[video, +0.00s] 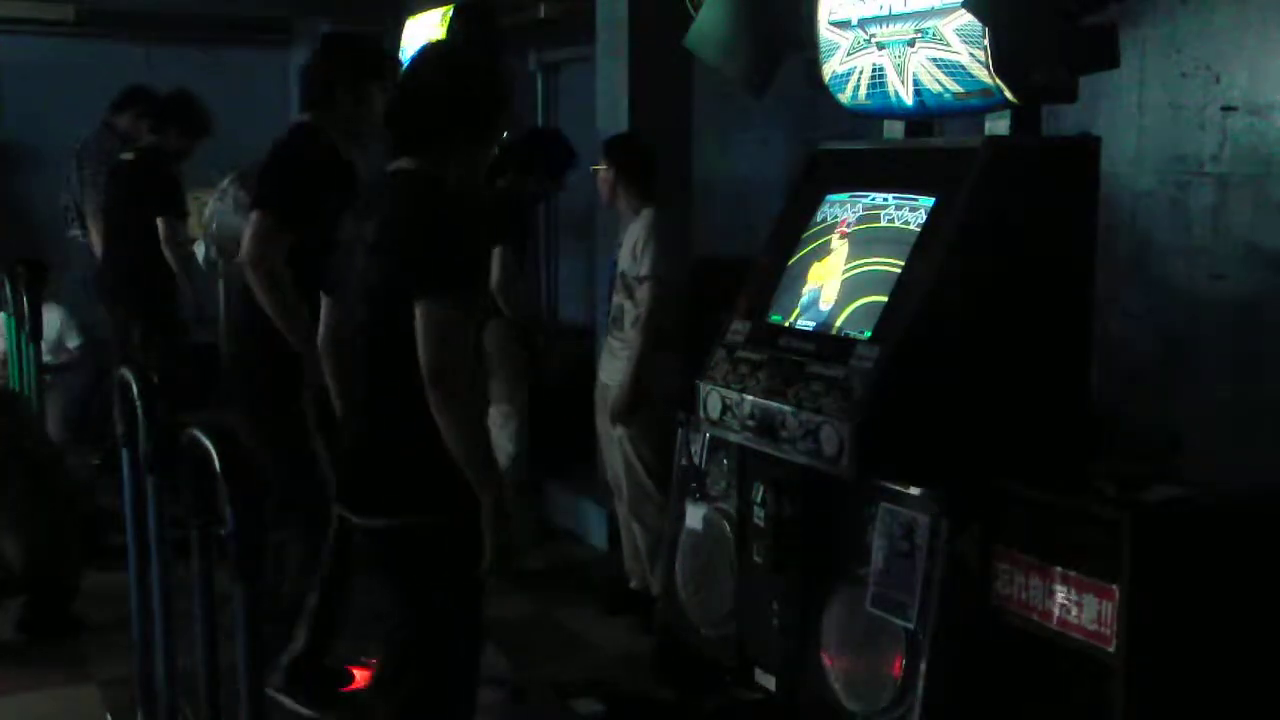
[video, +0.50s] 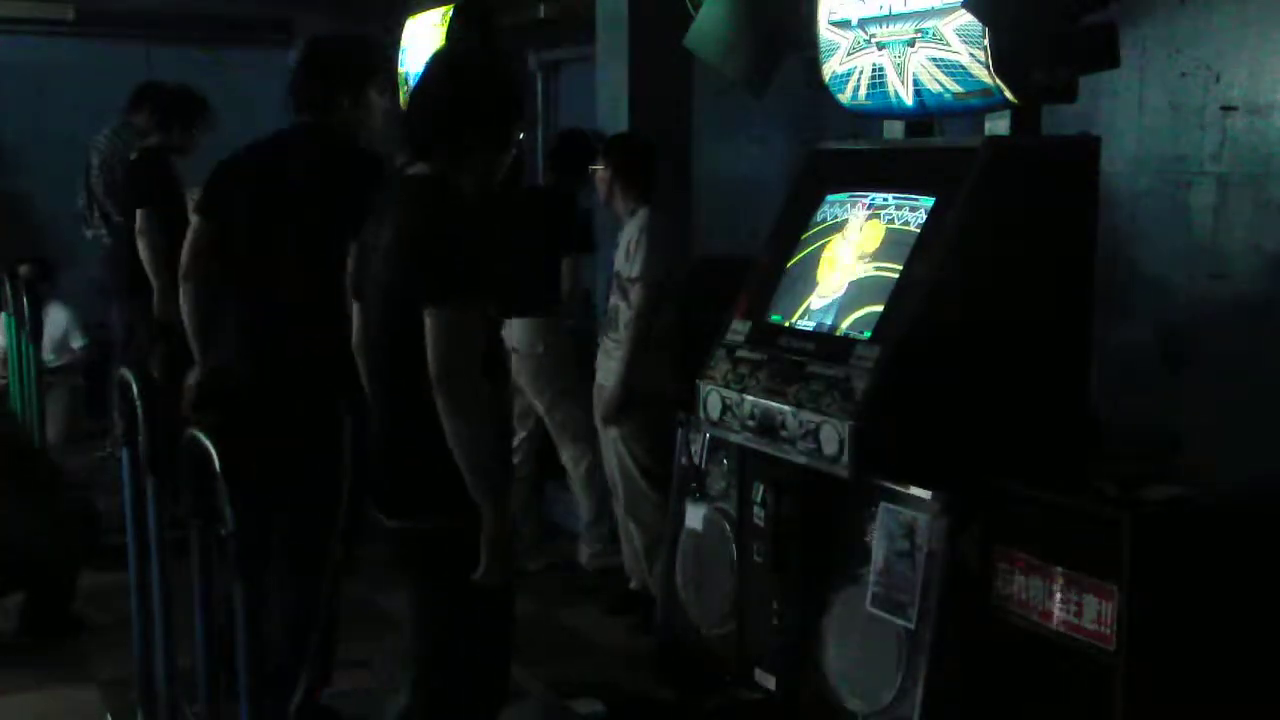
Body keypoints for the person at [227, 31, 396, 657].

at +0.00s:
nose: (386, 105)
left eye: (386, 90)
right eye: (380, 90)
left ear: (323, 87)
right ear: (351, 91)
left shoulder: (320, 152)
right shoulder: (308, 152)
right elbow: (259, 256)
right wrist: (307, 343)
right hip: (287, 375)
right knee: (311, 506)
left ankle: (302, 656)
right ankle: (298, 662)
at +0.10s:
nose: (388, 101)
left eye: (387, 86)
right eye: (381, 87)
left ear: (317, 89)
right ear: (350, 92)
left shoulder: (295, 150)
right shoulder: (319, 154)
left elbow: (271, 262)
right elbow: (288, 267)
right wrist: (336, 360)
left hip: (275, 373)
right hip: (294, 378)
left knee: (290, 519)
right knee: (316, 522)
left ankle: (288, 673)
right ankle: (299, 680)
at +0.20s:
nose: (384, 132)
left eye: (382, 117)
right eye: (378, 117)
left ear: (300, 115)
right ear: (352, 120)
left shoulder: (249, 183)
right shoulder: (342, 192)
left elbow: (218, 296)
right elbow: (324, 311)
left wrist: (245, 363)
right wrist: (354, 396)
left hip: (253, 388)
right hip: (311, 394)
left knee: (262, 533)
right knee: (320, 535)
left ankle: (271, 677)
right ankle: (313, 678)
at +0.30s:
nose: (388, 122)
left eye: (386, 106)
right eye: (382, 107)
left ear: (302, 108)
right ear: (359, 113)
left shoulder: (247, 183)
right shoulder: (368, 190)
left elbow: (207, 295)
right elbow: (369, 308)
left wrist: (229, 373)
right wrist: (375, 397)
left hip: (258, 399)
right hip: (334, 402)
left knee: (267, 546)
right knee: (331, 545)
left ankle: (274, 686)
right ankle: (317, 680)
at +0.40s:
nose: (391, 108)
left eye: (389, 93)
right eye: (384, 93)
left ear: (304, 93)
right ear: (359, 96)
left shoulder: (245, 163)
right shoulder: (375, 172)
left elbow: (197, 271)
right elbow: (378, 295)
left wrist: (214, 357)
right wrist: (379, 386)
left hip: (252, 385)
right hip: (336, 391)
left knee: (261, 542)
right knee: (325, 546)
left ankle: (265, 690)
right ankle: (299, 692)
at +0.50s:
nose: (390, 111)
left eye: (389, 96)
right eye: (384, 96)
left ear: (301, 92)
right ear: (362, 98)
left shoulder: (238, 167)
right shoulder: (371, 174)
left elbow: (191, 278)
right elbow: (369, 298)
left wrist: (205, 362)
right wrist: (376, 390)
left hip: (243, 387)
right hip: (327, 391)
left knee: (255, 542)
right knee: (322, 545)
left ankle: (257, 687)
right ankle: (305, 690)